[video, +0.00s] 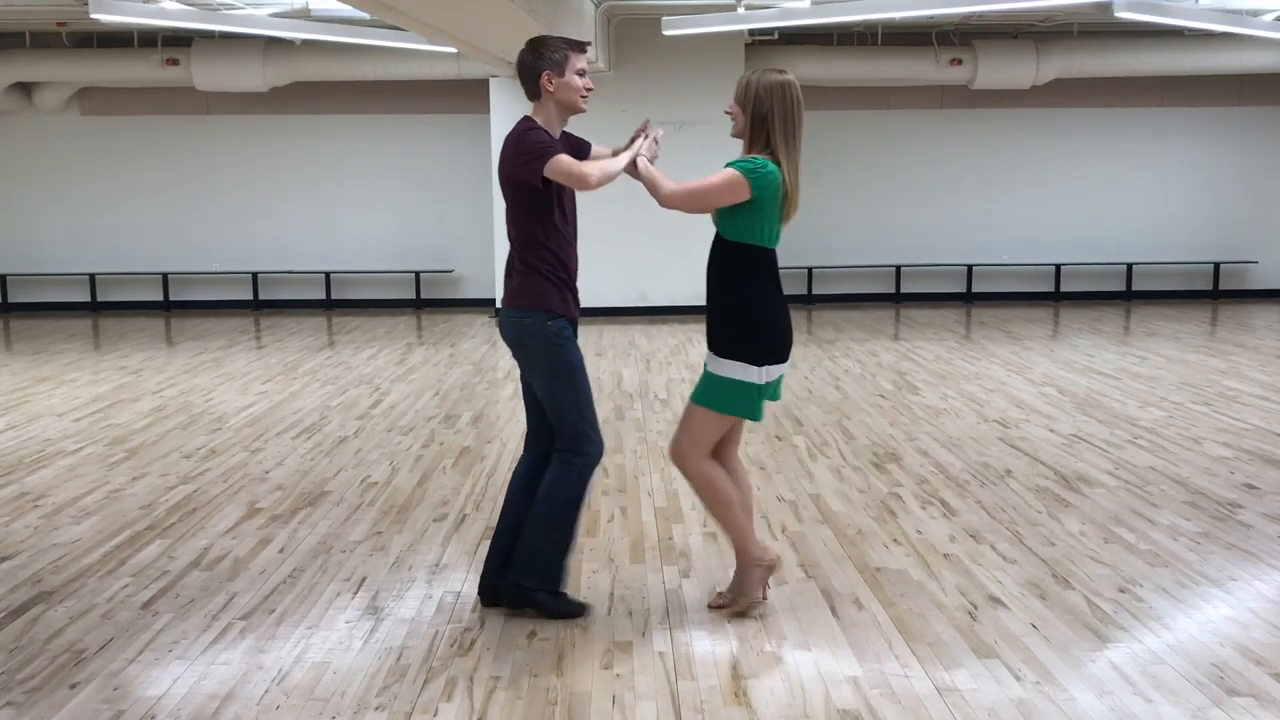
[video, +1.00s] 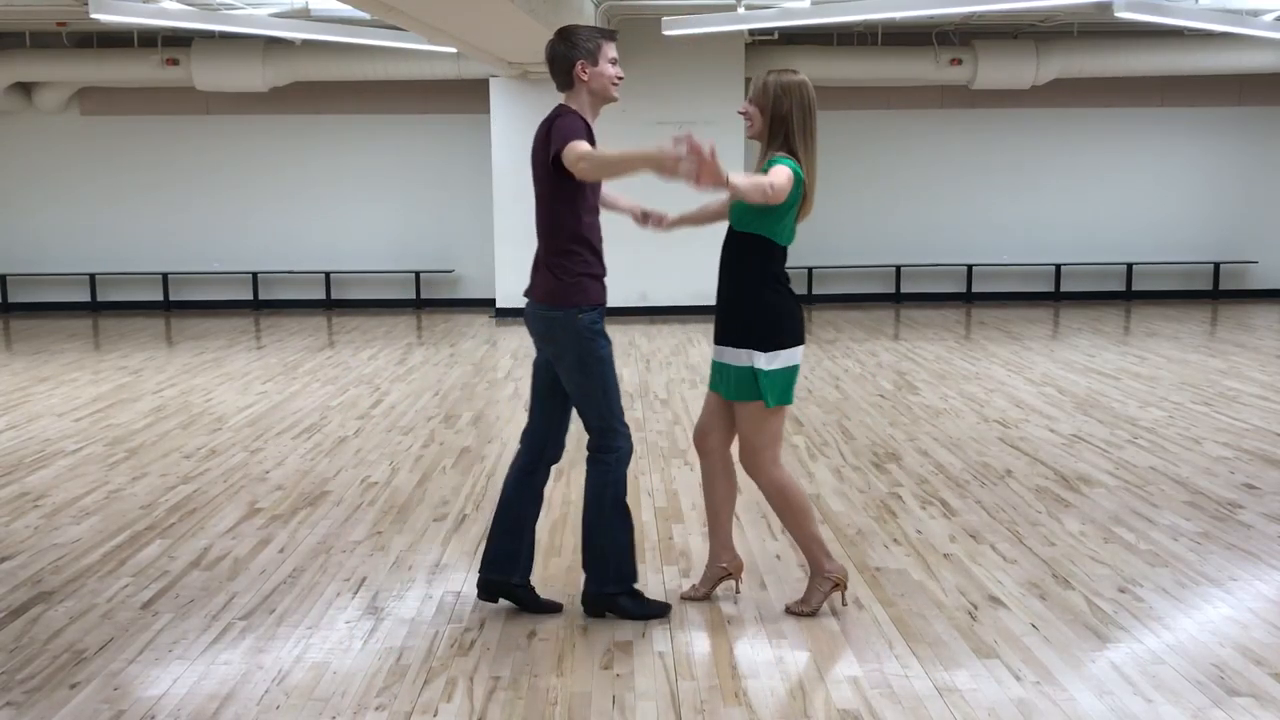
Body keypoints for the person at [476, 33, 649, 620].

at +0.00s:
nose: (590, 84)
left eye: (589, 75)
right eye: (581, 75)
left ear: (554, 83)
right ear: (549, 81)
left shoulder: (555, 137)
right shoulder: (528, 139)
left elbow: (593, 161)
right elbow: (585, 176)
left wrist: (630, 148)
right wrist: (632, 153)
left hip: (542, 315)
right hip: (537, 317)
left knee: (544, 446)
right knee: (581, 446)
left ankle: (500, 579)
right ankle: (533, 582)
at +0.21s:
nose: (574, 87)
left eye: (573, 76)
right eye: (566, 75)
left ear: (535, 84)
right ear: (534, 81)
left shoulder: (526, 136)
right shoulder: (515, 135)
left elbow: (596, 126)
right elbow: (588, 123)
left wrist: (625, 90)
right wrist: (626, 85)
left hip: (533, 321)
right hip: (516, 323)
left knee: (537, 452)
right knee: (523, 451)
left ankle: (505, 579)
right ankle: (424, 561)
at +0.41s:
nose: (568, 79)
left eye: (567, 69)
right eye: (560, 70)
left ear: (530, 78)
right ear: (529, 75)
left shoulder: (527, 129)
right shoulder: (503, 124)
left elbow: (586, 96)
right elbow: (586, 82)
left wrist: (634, 30)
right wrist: (631, 22)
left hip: (520, 317)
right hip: (493, 316)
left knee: (524, 448)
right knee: (469, 444)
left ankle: (500, 578)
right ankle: (404, 567)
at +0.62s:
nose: (575, 80)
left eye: (572, 70)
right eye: (566, 69)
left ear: (539, 78)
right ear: (536, 74)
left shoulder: (532, 129)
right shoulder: (511, 126)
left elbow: (589, 92)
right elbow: (583, 83)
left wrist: (642, 32)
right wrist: (639, 18)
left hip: (530, 314)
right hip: (510, 315)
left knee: (525, 454)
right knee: (523, 453)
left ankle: (498, 583)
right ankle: (427, 555)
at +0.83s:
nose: (597, 79)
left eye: (596, 70)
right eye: (590, 69)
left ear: (559, 77)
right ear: (559, 74)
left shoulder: (556, 134)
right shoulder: (532, 127)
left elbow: (600, 142)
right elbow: (584, 121)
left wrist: (646, 126)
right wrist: (664, 57)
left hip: (533, 313)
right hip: (542, 316)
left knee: (528, 447)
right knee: (593, 441)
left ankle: (496, 579)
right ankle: (523, 572)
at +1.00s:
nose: (622, 74)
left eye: (619, 64)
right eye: (612, 64)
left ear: (579, 72)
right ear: (580, 71)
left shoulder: (564, 130)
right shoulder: (567, 123)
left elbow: (580, 193)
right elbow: (583, 165)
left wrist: (632, 209)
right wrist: (659, 159)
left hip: (553, 308)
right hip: (573, 310)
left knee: (539, 447)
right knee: (611, 443)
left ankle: (502, 575)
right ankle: (609, 589)